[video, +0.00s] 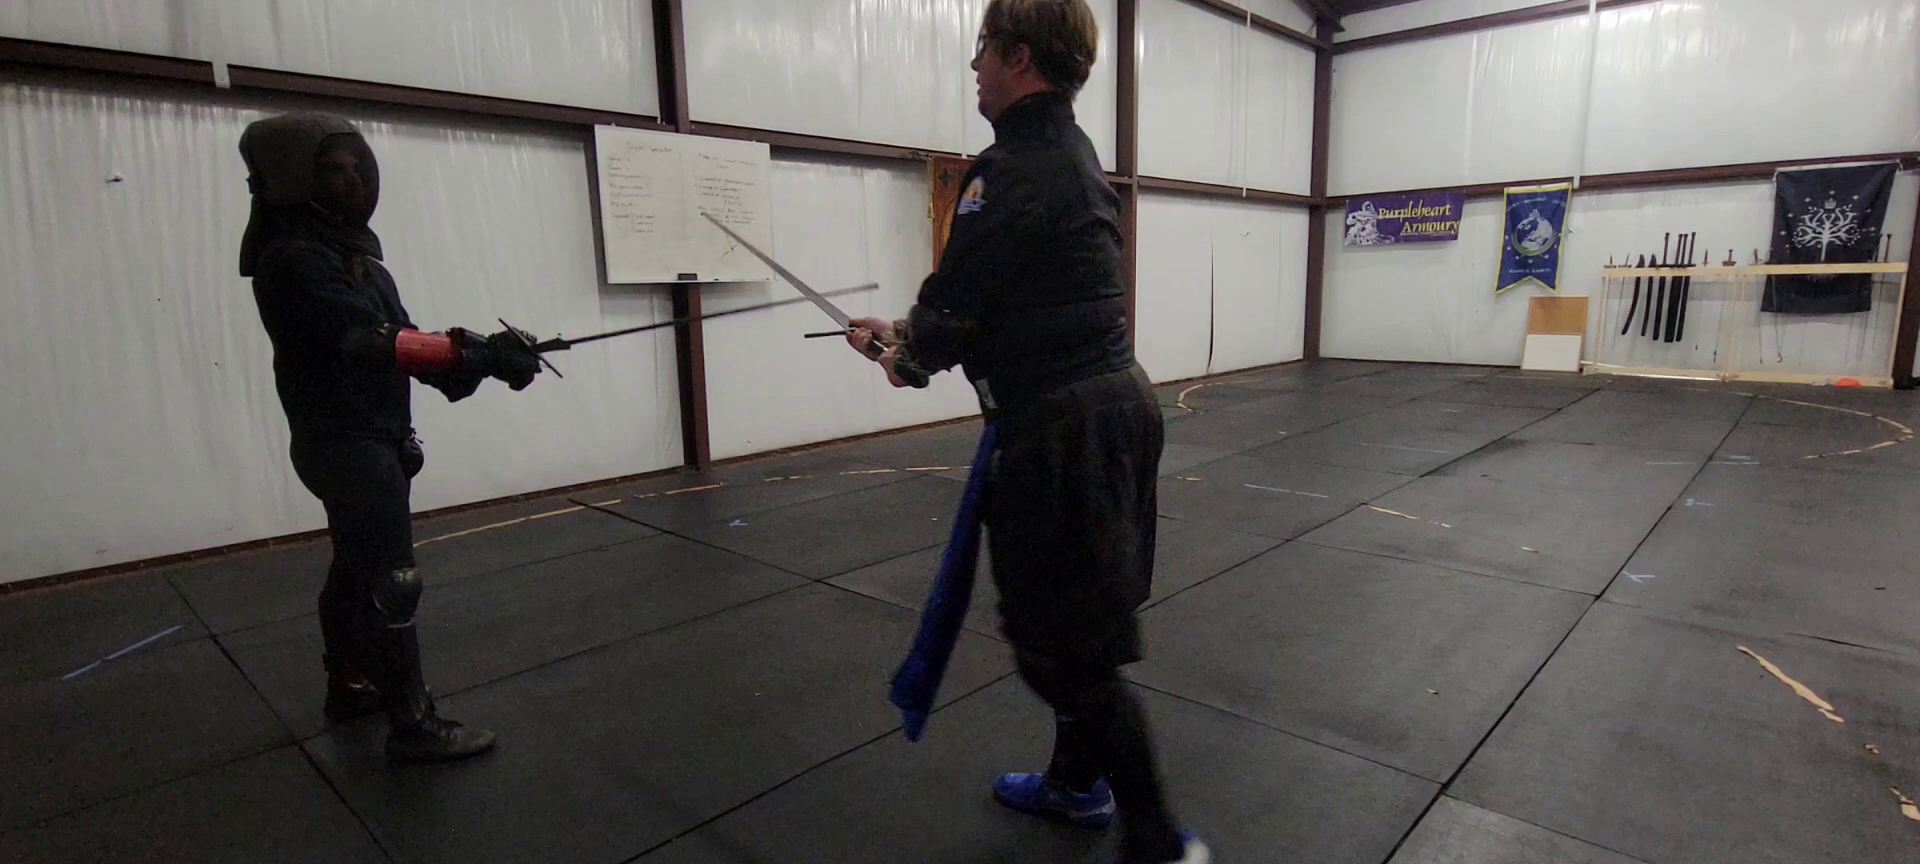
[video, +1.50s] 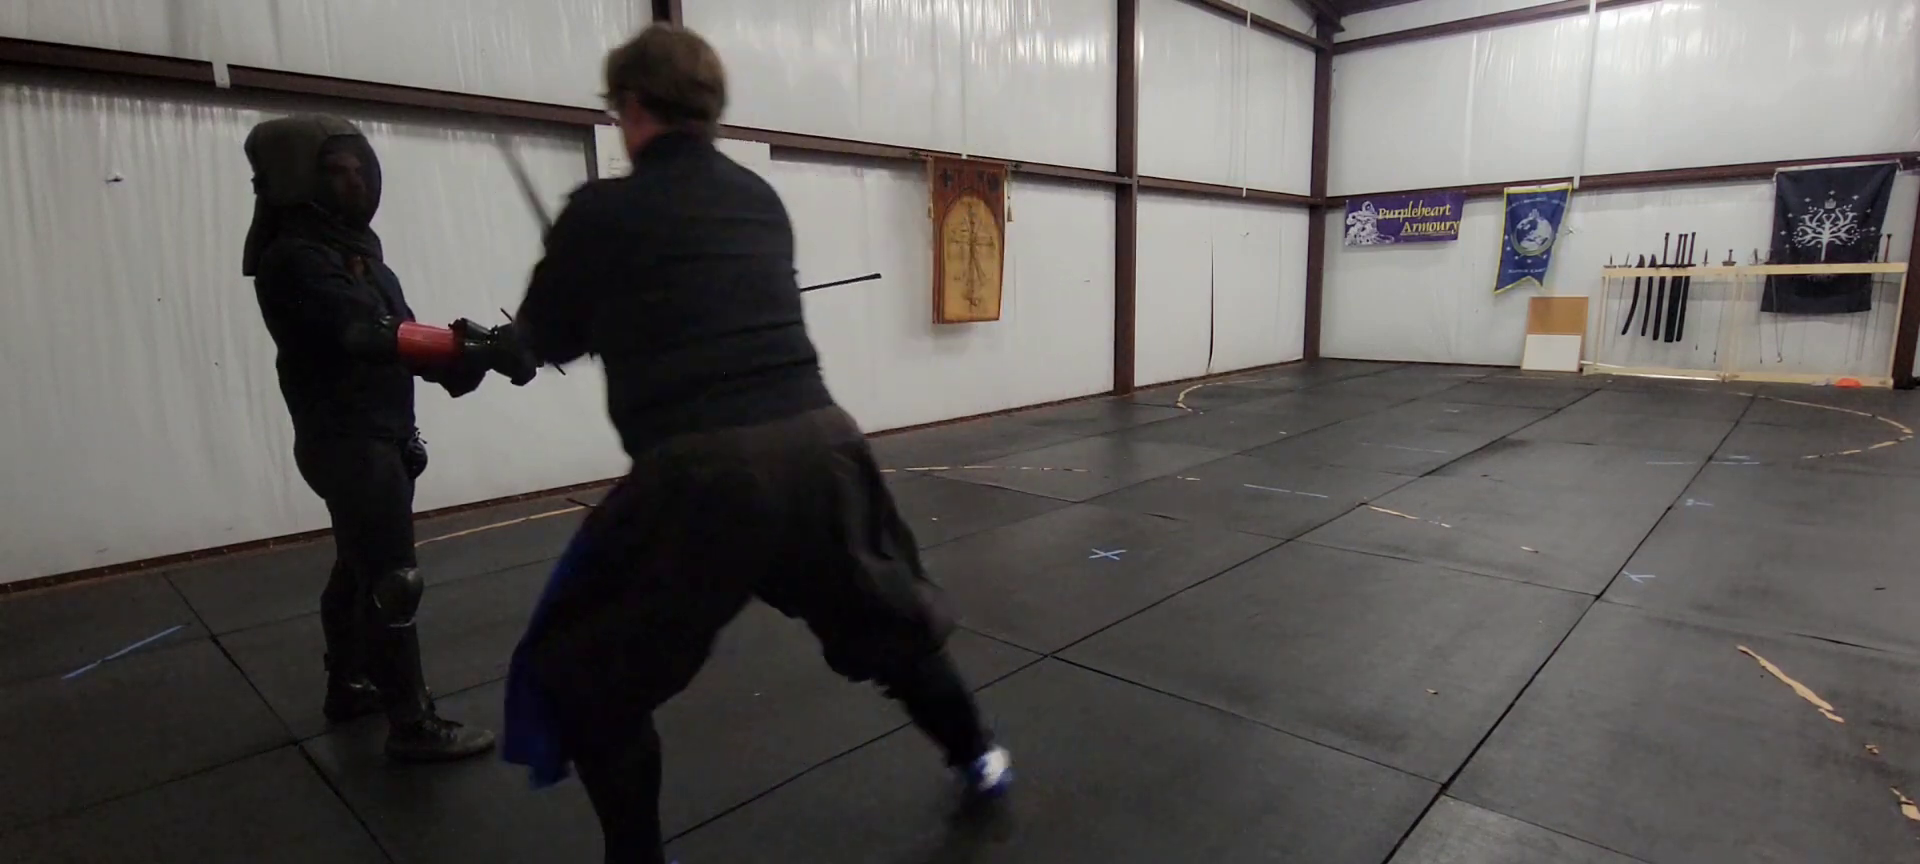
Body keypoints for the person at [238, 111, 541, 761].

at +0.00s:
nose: (363, 183)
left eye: (365, 170)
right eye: (346, 172)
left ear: (367, 176)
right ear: (311, 182)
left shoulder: (347, 245)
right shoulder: (292, 256)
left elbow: (388, 333)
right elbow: (360, 342)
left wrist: (462, 358)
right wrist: (473, 355)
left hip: (375, 439)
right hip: (344, 445)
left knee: (358, 569)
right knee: (392, 581)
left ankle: (350, 688)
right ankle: (410, 724)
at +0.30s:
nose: (353, 183)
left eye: (359, 170)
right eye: (336, 171)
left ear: (367, 178)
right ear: (305, 182)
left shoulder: (354, 247)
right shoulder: (288, 256)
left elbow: (392, 330)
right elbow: (350, 339)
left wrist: (462, 353)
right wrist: (468, 347)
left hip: (378, 437)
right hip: (341, 442)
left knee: (358, 567)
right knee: (392, 579)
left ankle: (350, 686)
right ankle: (410, 722)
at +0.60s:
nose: (356, 183)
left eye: (360, 171)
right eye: (339, 172)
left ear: (366, 180)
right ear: (303, 182)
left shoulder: (351, 247)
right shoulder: (286, 256)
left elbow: (392, 329)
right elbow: (350, 338)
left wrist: (458, 352)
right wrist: (467, 348)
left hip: (378, 437)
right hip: (341, 442)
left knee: (360, 567)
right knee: (392, 581)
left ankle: (349, 686)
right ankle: (410, 723)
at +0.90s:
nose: (352, 181)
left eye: (361, 169)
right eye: (336, 170)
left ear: (373, 180)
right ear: (306, 181)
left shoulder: (353, 247)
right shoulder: (292, 255)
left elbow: (391, 328)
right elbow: (361, 336)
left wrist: (459, 355)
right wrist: (476, 349)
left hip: (375, 440)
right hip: (343, 445)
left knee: (358, 571)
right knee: (391, 583)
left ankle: (350, 688)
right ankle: (411, 724)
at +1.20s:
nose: (357, 180)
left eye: (362, 168)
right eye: (340, 169)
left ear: (370, 178)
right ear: (307, 180)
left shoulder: (350, 247)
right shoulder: (294, 256)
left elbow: (391, 327)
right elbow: (363, 333)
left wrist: (464, 345)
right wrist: (472, 346)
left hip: (376, 439)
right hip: (345, 445)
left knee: (360, 569)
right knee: (392, 580)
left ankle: (350, 688)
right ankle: (412, 723)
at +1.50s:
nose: (356, 183)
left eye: (362, 171)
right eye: (340, 171)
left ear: (371, 179)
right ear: (306, 181)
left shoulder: (355, 246)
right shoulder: (293, 256)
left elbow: (395, 325)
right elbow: (357, 333)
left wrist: (453, 357)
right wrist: (463, 349)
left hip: (381, 436)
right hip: (344, 442)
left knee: (360, 570)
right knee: (393, 582)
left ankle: (349, 689)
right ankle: (410, 723)